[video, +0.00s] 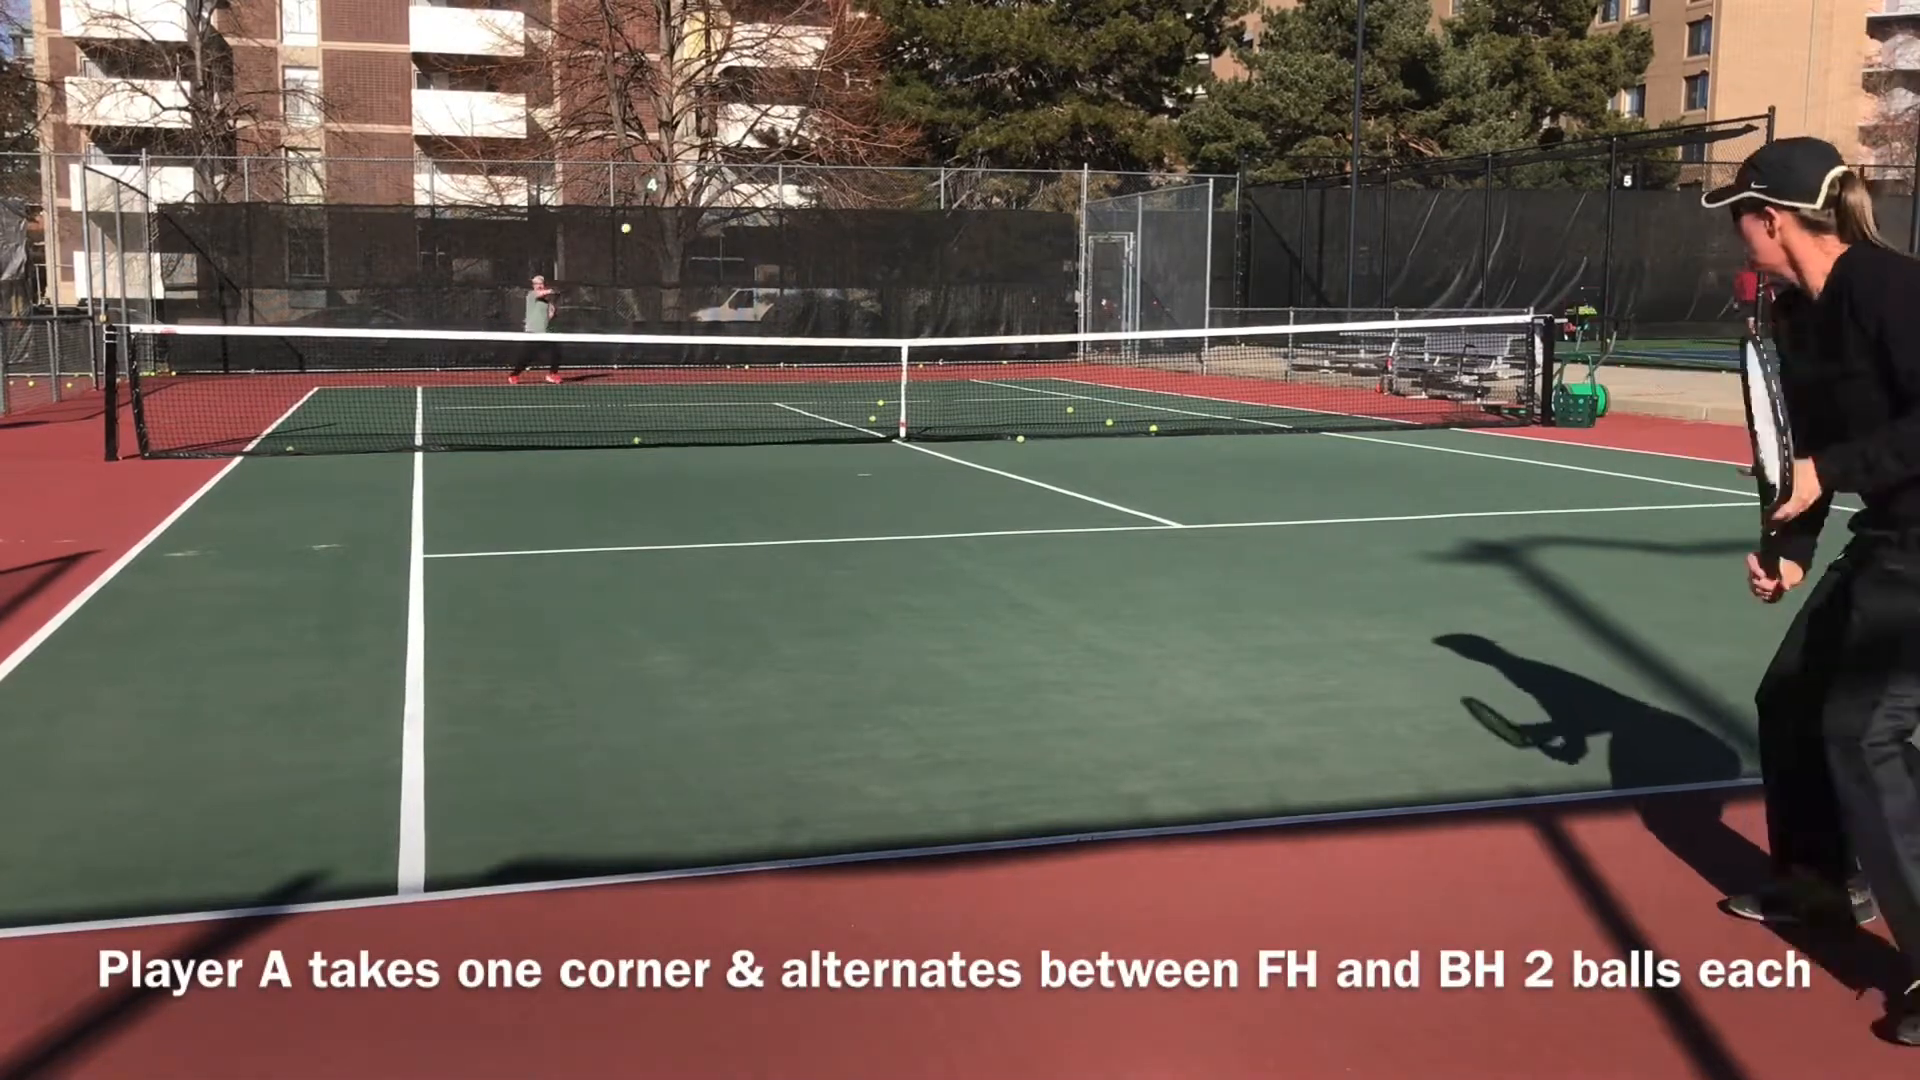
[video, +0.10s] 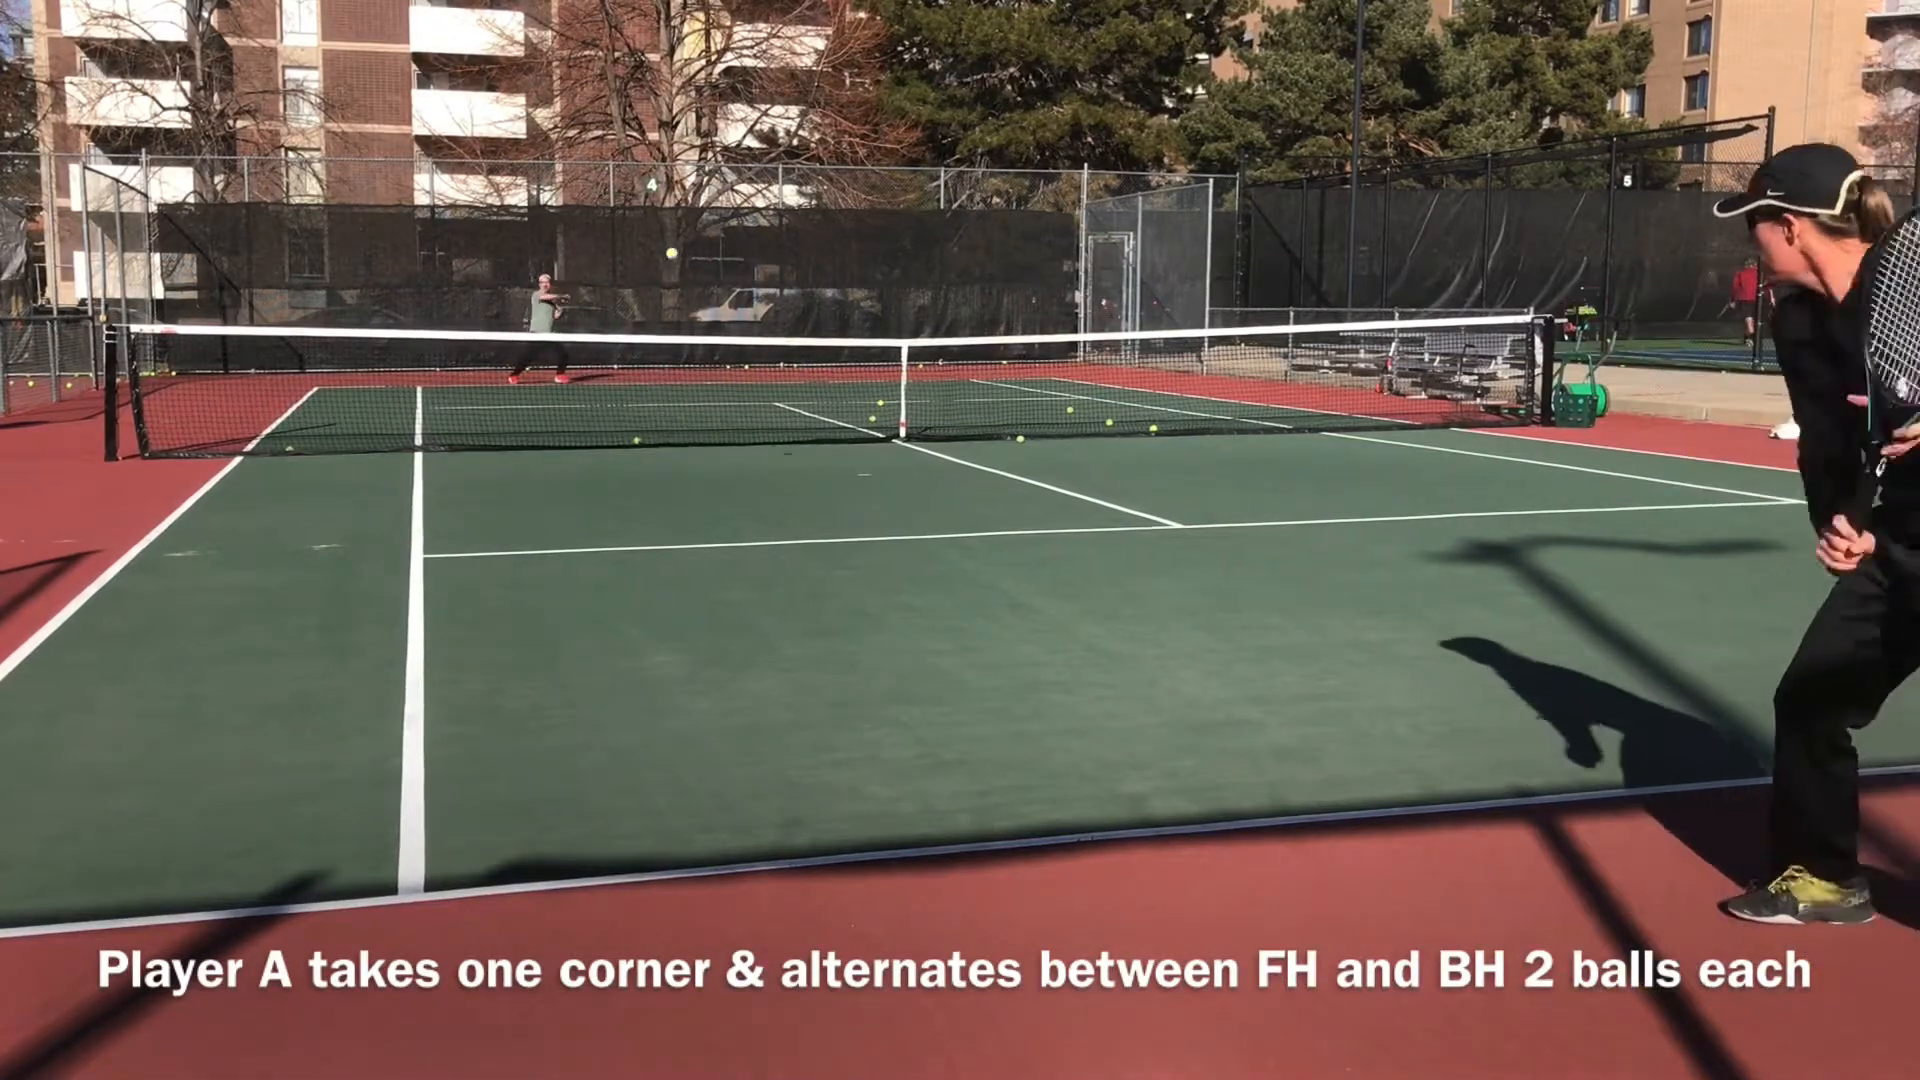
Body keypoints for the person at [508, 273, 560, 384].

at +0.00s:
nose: (539, 287)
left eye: (541, 284)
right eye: (537, 284)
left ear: (544, 285)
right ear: (533, 285)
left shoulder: (545, 300)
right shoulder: (531, 296)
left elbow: (549, 316)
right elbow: (543, 293)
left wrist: (551, 306)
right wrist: (551, 291)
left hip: (544, 331)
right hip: (531, 331)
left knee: (555, 352)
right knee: (526, 355)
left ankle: (552, 374)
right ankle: (514, 374)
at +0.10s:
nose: (545, 285)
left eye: (547, 282)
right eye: (542, 282)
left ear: (550, 284)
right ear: (539, 284)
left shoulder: (551, 299)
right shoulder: (536, 295)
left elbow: (555, 316)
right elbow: (549, 297)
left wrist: (560, 307)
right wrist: (562, 297)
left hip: (548, 332)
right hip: (535, 331)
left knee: (563, 354)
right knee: (527, 355)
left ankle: (560, 374)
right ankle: (514, 375)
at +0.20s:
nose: (552, 283)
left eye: (555, 281)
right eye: (550, 281)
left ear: (558, 282)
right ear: (547, 282)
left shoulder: (561, 297)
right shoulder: (543, 295)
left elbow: (565, 312)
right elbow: (551, 305)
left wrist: (567, 313)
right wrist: (567, 305)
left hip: (556, 331)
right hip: (543, 331)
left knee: (565, 352)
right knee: (531, 352)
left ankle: (561, 374)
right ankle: (516, 373)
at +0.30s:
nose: (560, 282)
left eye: (562, 279)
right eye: (557, 279)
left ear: (564, 281)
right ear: (554, 281)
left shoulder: (569, 295)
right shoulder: (549, 294)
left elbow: (573, 308)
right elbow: (550, 309)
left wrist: (574, 312)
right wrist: (568, 312)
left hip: (565, 329)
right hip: (551, 328)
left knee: (568, 352)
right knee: (544, 350)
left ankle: (562, 374)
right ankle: (533, 370)